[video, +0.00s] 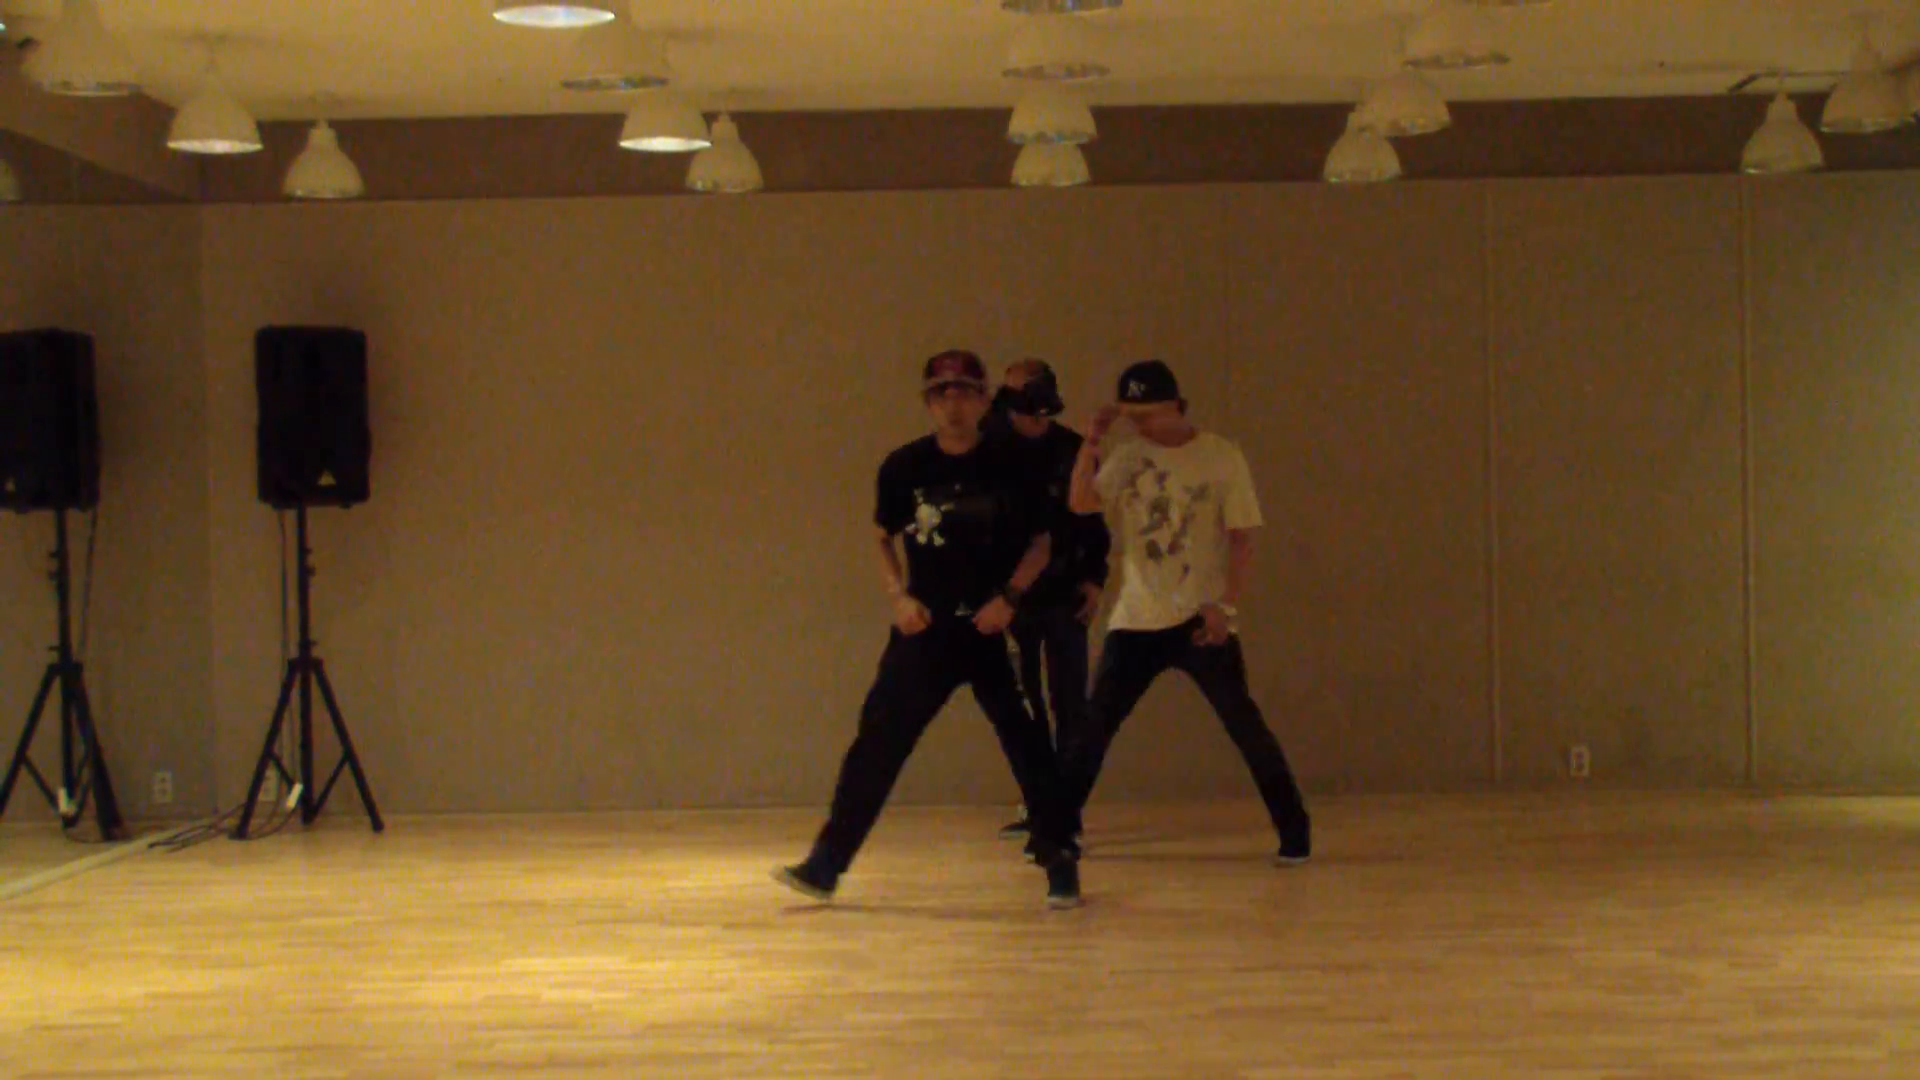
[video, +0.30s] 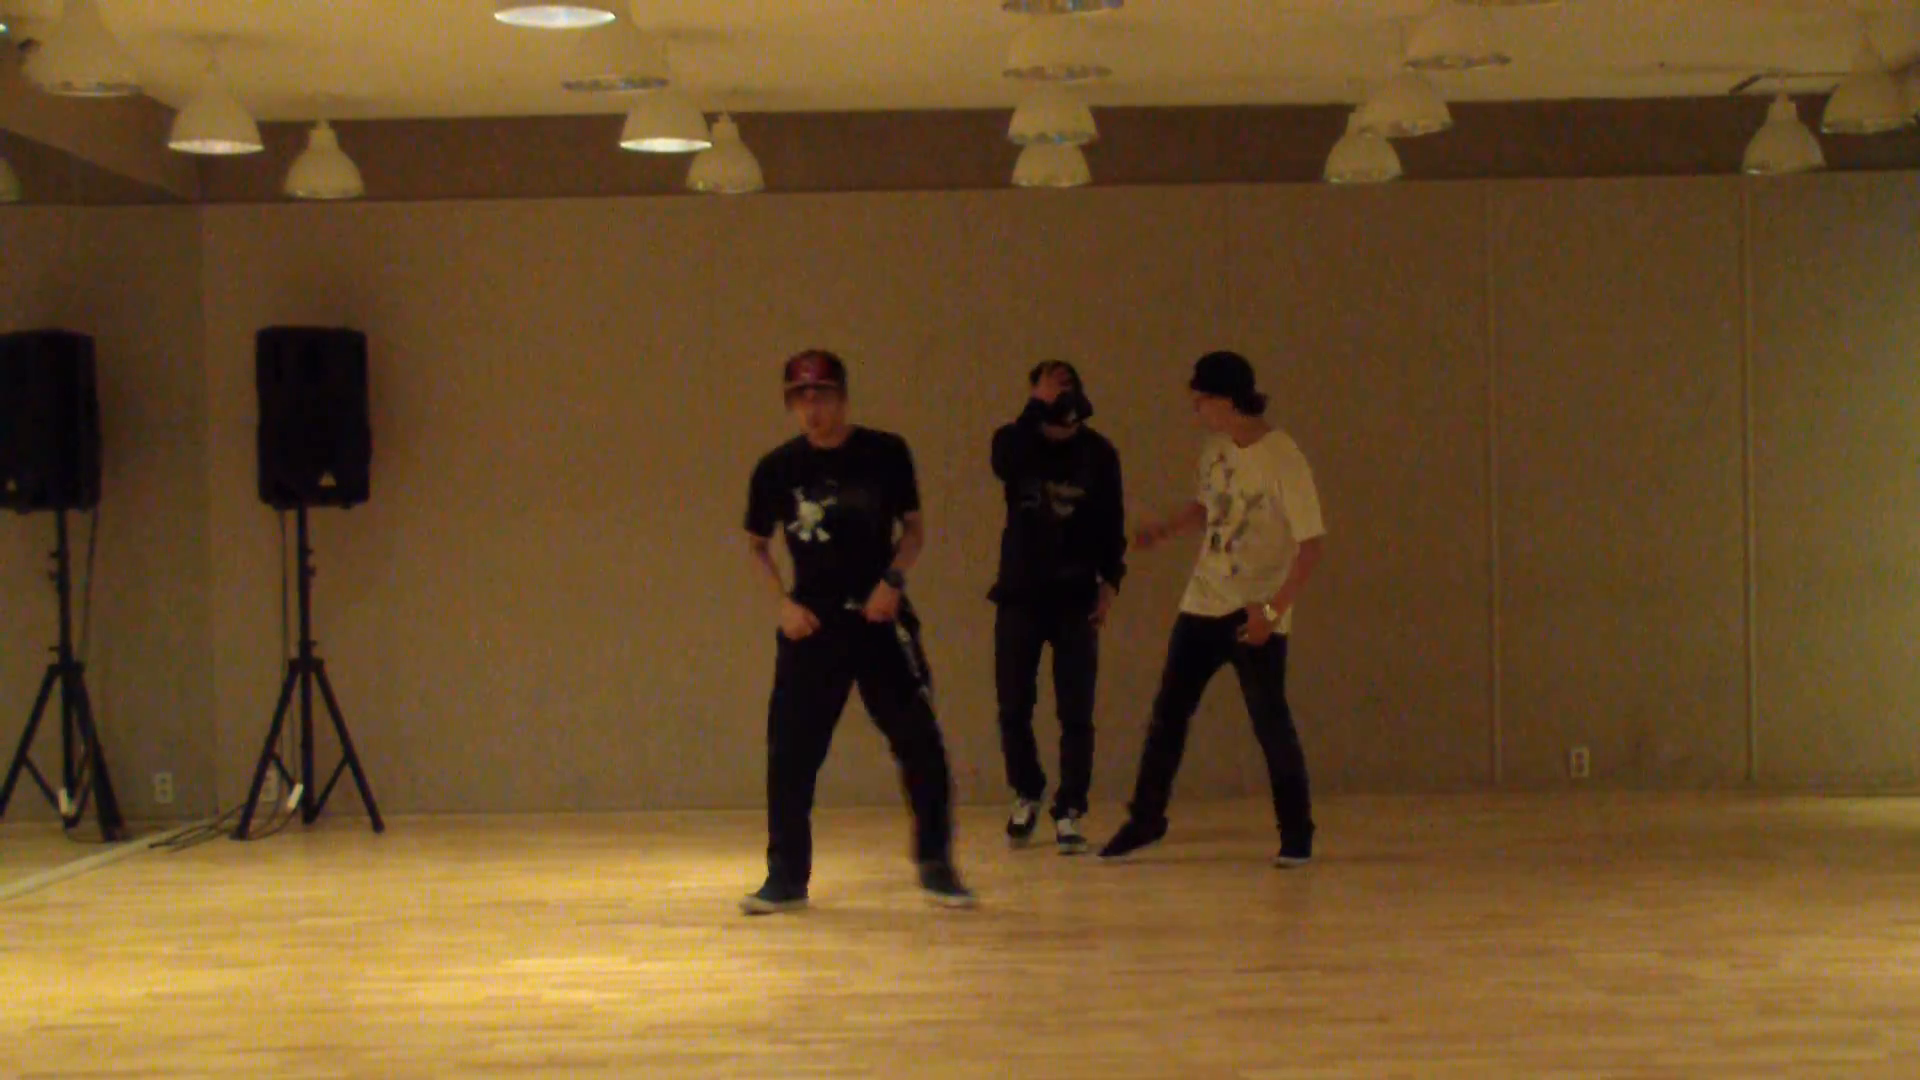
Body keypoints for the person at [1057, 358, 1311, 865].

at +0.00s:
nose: (1138, 425)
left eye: (1146, 414)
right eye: (1132, 416)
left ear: (1175, 406)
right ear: (1127, 414)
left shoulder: (1221, 456)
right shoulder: (1129, 456)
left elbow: (1243, 539)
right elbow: (1080, 502)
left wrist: (1227, 605)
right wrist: (1093, 442)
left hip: (1200, 621)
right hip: (1135, 624)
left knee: (1245, 726)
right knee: (1094, 726)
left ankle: (1293, 829)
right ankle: (1057, 832)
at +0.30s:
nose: (1196, 412)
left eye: (1201, 402)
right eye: (1195, 402)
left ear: (1228, 402)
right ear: (1221, 404)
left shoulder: (1282, 457)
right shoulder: (1215, 452)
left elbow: (1311, 546)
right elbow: (1205, 509)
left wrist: (1274, 610)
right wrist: (1161, 530)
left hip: (1255, 617)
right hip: (1201, 612)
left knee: (1273, 728)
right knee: (1169, 715)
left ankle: (1296, 834)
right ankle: (1146, 817)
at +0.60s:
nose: (1216, 408)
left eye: (1220, 397)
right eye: (1214, 398)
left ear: (1245, 393)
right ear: (1242, 394)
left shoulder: (1292, 446)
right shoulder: (1245, 449)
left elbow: (1312, 540)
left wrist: (1277, 609)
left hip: (1272, 614)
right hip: (1229, 611)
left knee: (1278, 722)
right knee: (1228, 721)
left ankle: (1298, 832)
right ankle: (1230, 825)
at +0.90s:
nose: (1217, 407)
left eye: (1221, 396)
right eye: (1214, 397)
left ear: (1249, 389)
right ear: (1237, 393)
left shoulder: (1291, 432)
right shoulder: (1258, 445)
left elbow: (1301, 512)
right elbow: (1256, 524)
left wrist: (1274, 585)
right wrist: (1229, 585)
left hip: (1277, 604)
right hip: (1238, 604)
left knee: (1282, 712)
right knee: (1225, 706)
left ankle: (1301, 828)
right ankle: (1268, 800)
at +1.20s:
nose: (1208, 424)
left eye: (1216, 413)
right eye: (1202, 416)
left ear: (1244, 408)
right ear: (1202, 417)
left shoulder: (1287, 447)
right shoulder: (1226, 472)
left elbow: (1315, 515)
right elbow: (1232, 554)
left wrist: (1289, 580)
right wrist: (1204, 605)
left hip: (1282, 604)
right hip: (1234, 610)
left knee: (1283, 714)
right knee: (1237, 717)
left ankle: (1299, 829)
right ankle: (1263, 814)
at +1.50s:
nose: (1217, 406)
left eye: (1226, 395)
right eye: (1208, 399)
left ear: (1245, 399)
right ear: (1199, 405)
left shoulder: (1289, 448)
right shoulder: (1196, 470)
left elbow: (1327, 511)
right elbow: (1195, 553)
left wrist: (1324, 577)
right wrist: (1200, 625)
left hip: (1296, 596)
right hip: (1238, 609)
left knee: (1302, 692)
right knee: (1248, 720)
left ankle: (1305, 783)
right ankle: (1264, 822)